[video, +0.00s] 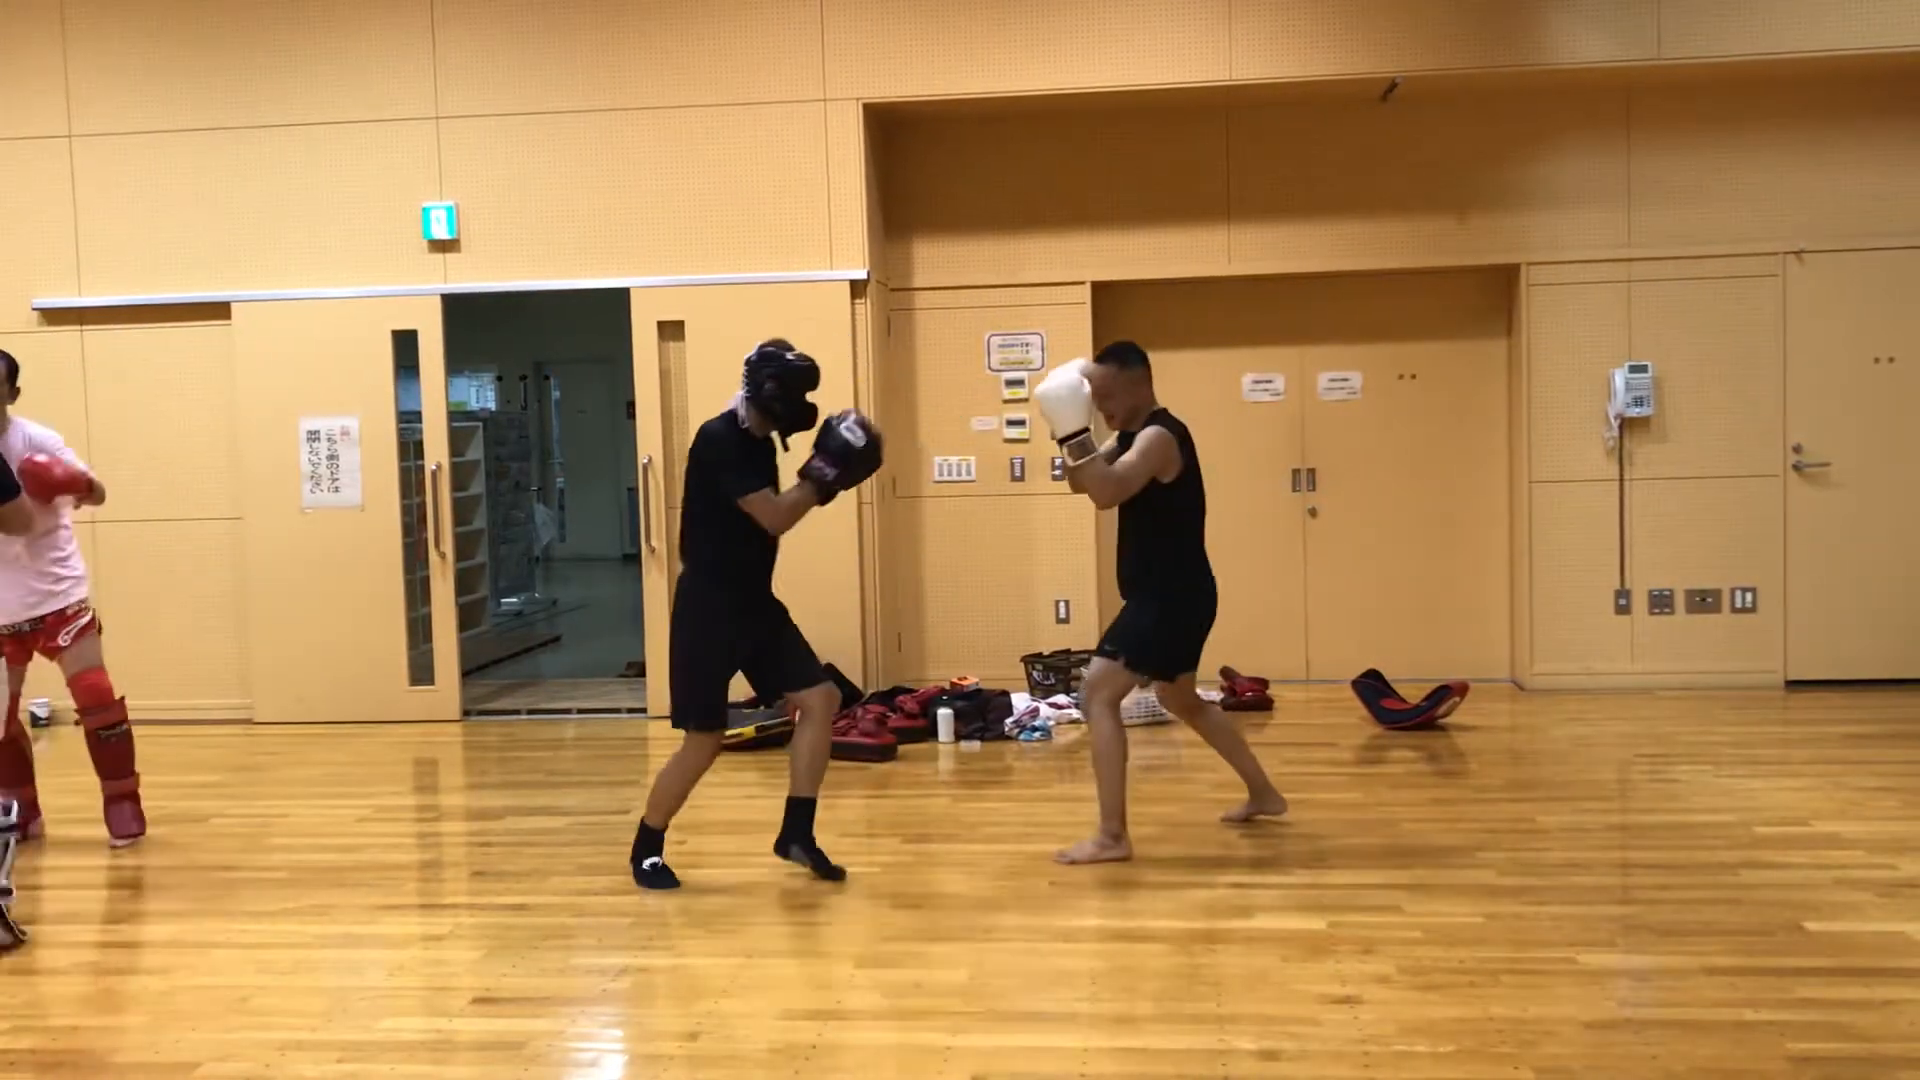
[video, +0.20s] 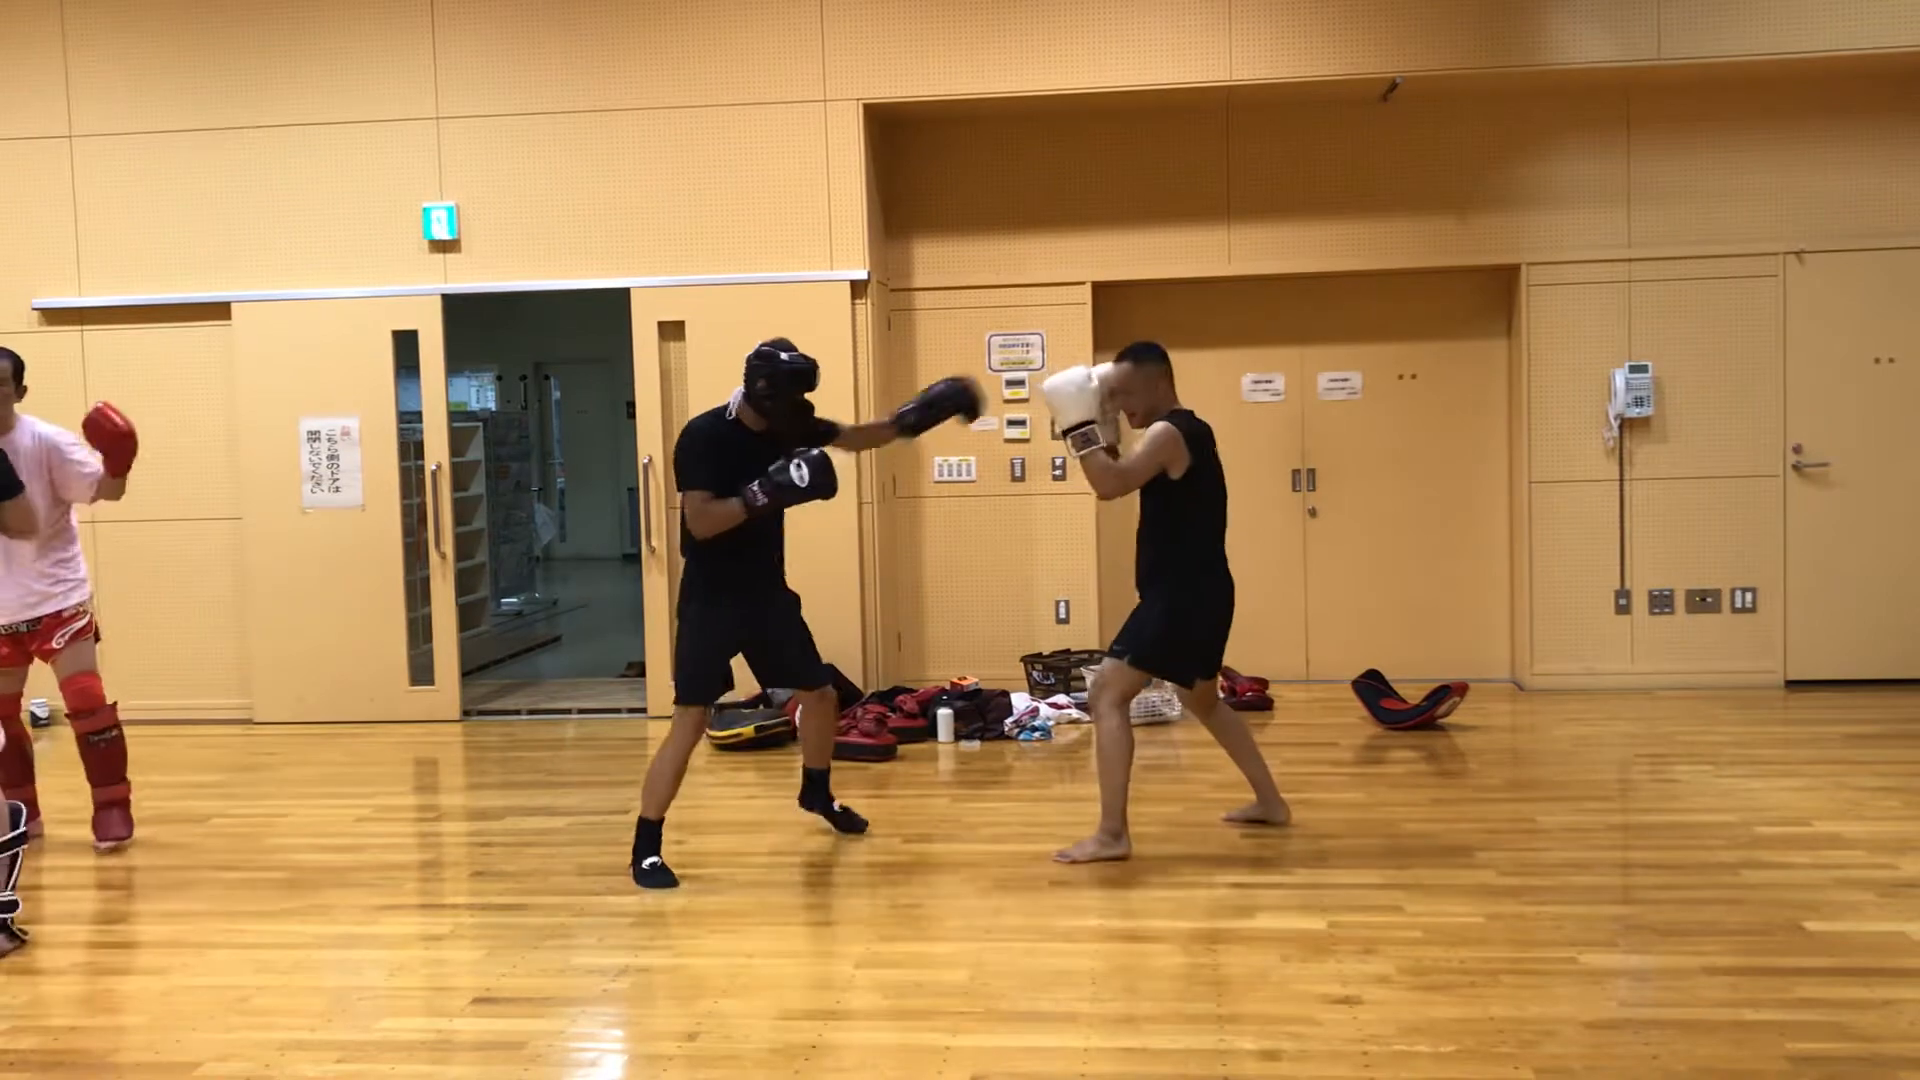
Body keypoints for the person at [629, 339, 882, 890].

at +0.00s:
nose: (782, 422)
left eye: (785, 414)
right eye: (778, 411)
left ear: (774, 402)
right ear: (759, 395)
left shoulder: (759, 440)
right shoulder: (718, 439)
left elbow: (780, 513)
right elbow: (775, 517)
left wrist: (827, 472)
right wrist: (820, 471)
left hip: (753, 604)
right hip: (706, 607)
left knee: (819, 699)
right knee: (703, 741)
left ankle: (797, 834)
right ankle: (646, 848)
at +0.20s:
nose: (799, 411)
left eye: (800, 402)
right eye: (790, 403)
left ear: (790, 395)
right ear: (759, 395)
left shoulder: (787, 427)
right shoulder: (702, 438)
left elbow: (851, 436)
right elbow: (700, 522)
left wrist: (912, 417)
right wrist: (769, 490)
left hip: (768, 597)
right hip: (709, 602)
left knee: (819, 694)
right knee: (691, 720)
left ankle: (816, 794)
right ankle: (646, 847)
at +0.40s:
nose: (822, 421)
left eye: (824, 413)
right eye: (813, 413)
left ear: (823, 408)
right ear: (781, 407)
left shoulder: (817, 439)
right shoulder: (730, 451)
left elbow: (873, 460)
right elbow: (722, 538)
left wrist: (911, 455)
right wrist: (784, 502)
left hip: (783, 603)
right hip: (727, 607)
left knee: (831, 698)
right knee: (700, 718)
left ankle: (819, 805)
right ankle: (648, 842)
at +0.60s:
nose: (806, 416)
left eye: (809, 406)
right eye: (797, 406)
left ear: (798, 407)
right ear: (767, 403)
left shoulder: (794, 442)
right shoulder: (715, 447)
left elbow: (817, 489)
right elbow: (716, 533)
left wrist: (853, 482)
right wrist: (776, 495)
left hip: (773, 597)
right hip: (717, 602)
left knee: (822, 689)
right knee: (695, 715)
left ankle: (819, 804)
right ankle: (634, 812)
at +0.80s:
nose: (763, 415)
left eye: (766, 408)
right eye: (755, 407)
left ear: (764, 404)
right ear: (727, 401)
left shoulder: (757, 437)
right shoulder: (678, 449)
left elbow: (802, 479)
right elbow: (690, 534)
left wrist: (811, 429)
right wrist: (743, 485)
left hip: (745, 596)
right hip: (690, 603)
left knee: (807, 684)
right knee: (671, 720)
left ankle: (819, 795)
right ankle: (629, 820)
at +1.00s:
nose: (766, 415)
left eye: (768, 406)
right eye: (758, 406)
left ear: (759, 405)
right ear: (726, 402)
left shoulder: (760, 436)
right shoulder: (679, 450)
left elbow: (802, 496)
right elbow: (703, 528)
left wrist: (812, 456)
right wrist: (756, 475)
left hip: (750, 597)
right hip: (694, 604)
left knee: (811, 686)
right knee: (674, 719)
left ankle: (858, 797)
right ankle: (629, 822)